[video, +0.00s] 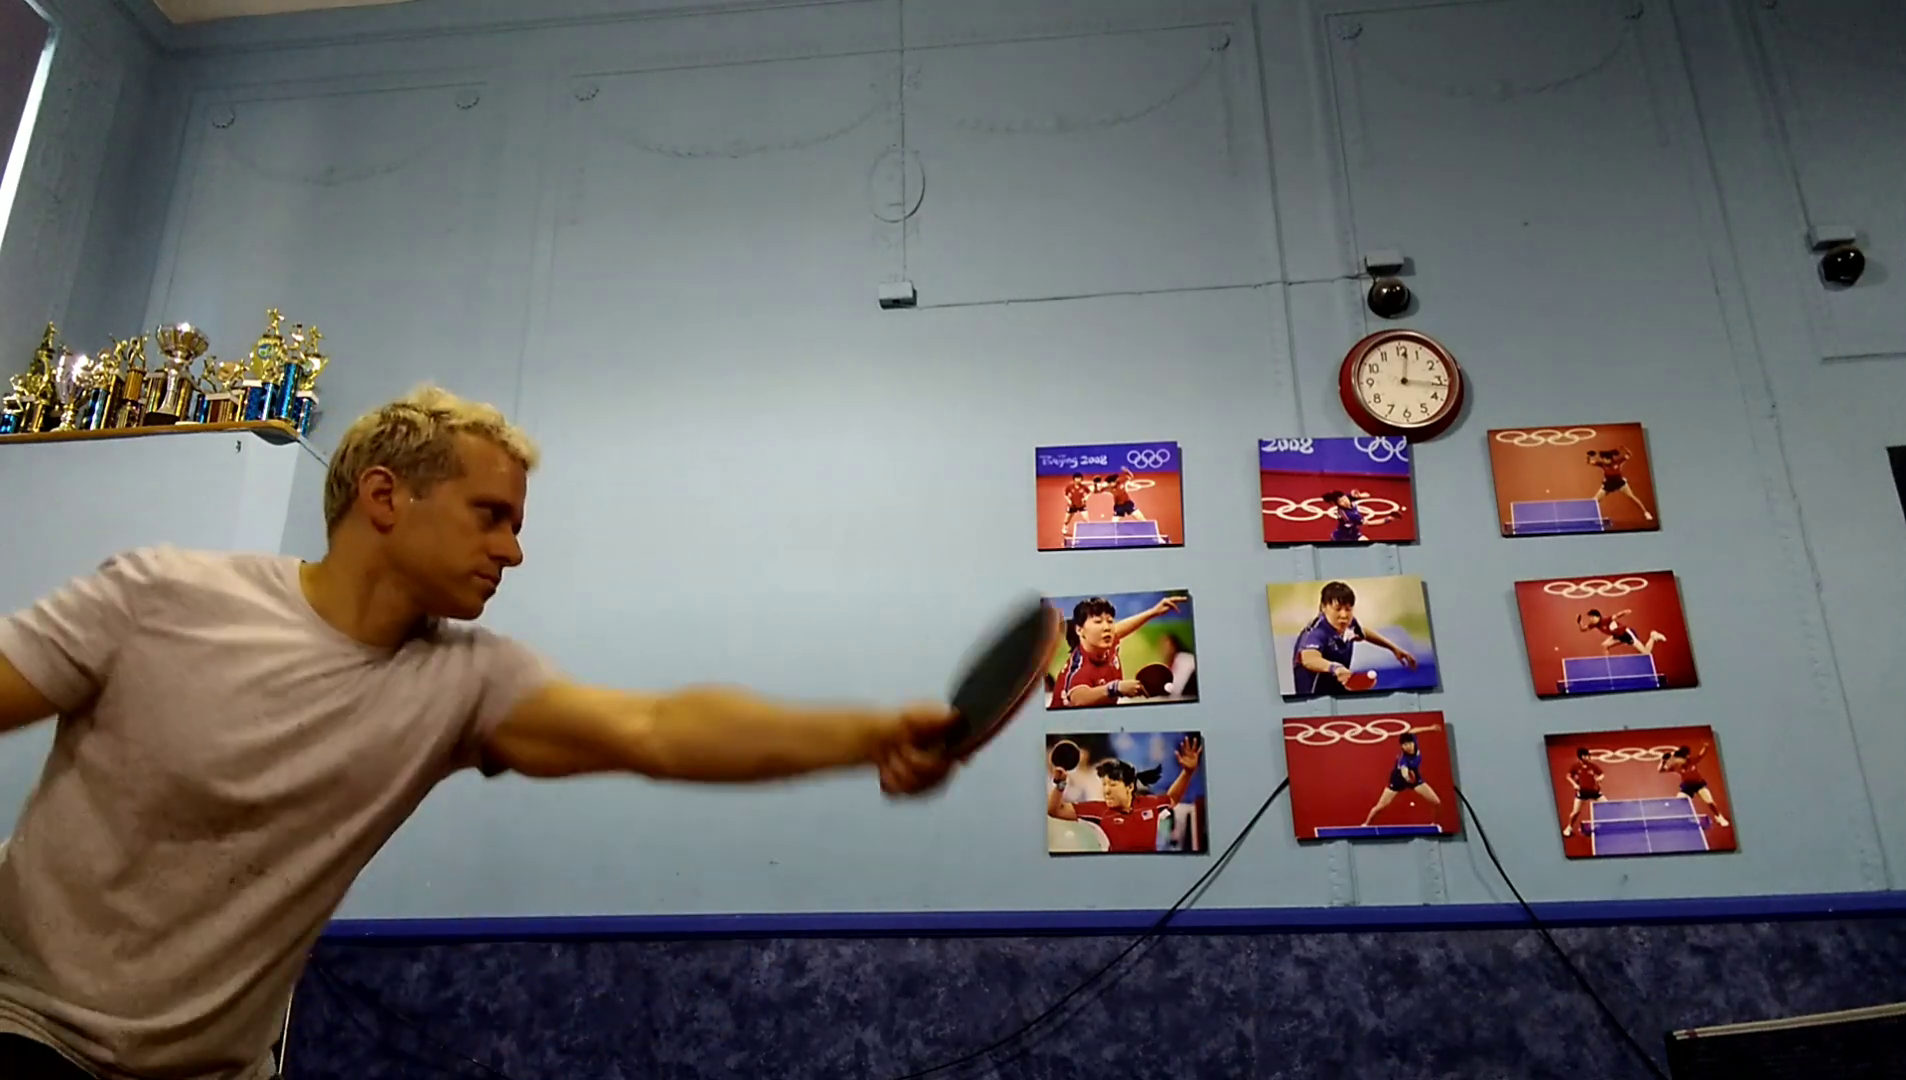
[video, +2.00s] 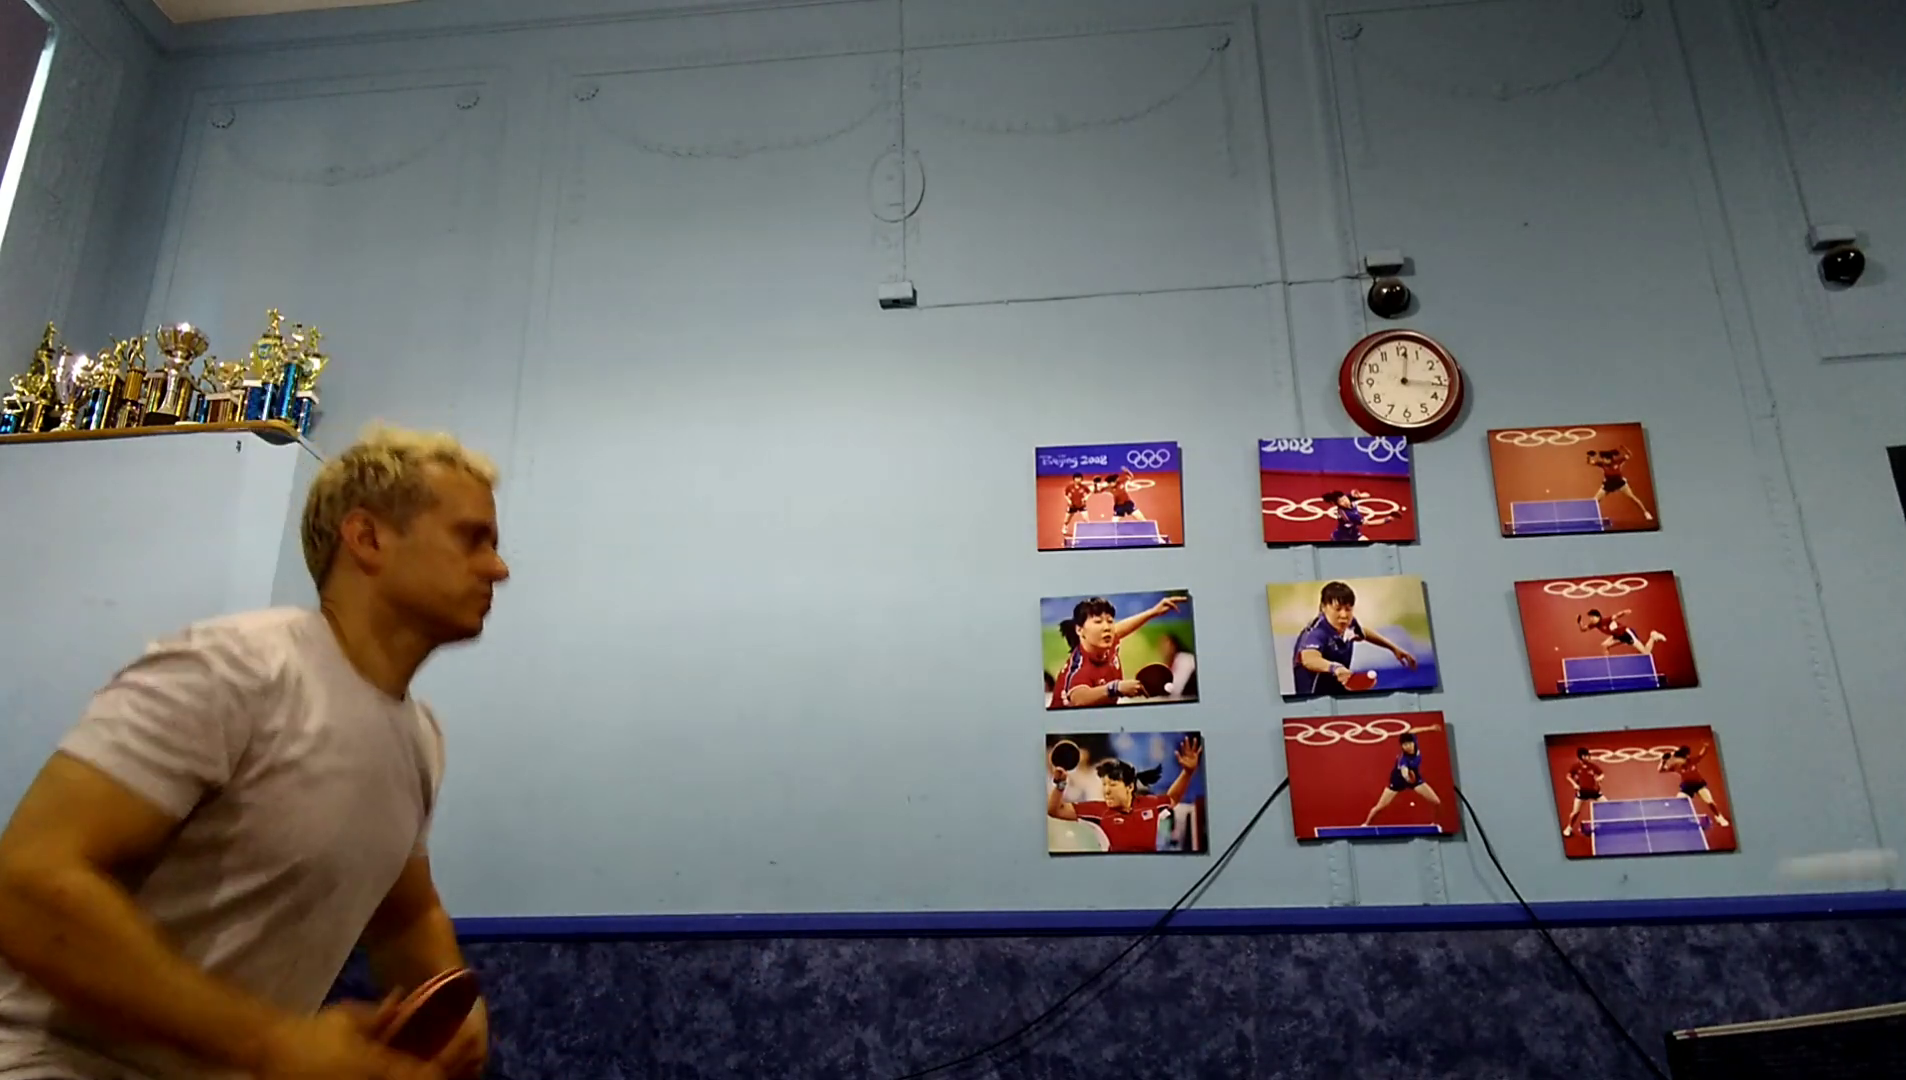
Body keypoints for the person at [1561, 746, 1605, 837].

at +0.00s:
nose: (1588, 758)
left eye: (1588, 755)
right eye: (1586, 756)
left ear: (1588, 756)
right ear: (1581, 757)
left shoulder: (1592, 766)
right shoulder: (1576, 767)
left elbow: (1602, 774)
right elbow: (1568, 776)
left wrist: (1598, 779)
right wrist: (1574, 784)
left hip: (1594, 791)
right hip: (1582, 791)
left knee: (1607, 806)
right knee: (1575, 812)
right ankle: (1569, 827)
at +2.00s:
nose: (1588, 758)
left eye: (1588, 755)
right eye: (1586, 756)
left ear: (1588, 756)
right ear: (1581, 757)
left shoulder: (1592, 766)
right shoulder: (1576, 767)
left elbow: (1602, 774)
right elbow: (1568, 776)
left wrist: (1598, 779)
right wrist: (1574, 784)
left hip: (1594, 791)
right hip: (1582, 791)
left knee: (1607, 806)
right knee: (1576, 812)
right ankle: (1569, 827)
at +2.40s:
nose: (1587, 758)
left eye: (1588, 755)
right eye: (1585, 756)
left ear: (1588, 756)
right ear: (1581, 757)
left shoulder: (1592, 766)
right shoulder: (1576, 767)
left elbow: (1602, 774)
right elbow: (1568, 776)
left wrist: (1598, 779)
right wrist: (1574, 784)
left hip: (1594, 791)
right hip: (1582, 791)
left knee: (1607, 806)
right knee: (1576, 812)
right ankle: (1569, 827)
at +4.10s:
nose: (1587, 758)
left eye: (1588, 755)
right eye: (1585, 756)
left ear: (1589, 756)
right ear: (1581, 757)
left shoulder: (1592, 766)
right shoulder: (1576, 766)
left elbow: (1602, 774)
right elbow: (1569, 776)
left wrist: (1598, 779)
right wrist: (1574, 785)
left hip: (1594, 791)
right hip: (1582, 791)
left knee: (1606, 805)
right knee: (1576, 811)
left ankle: (1606, 826)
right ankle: (1569, 827)